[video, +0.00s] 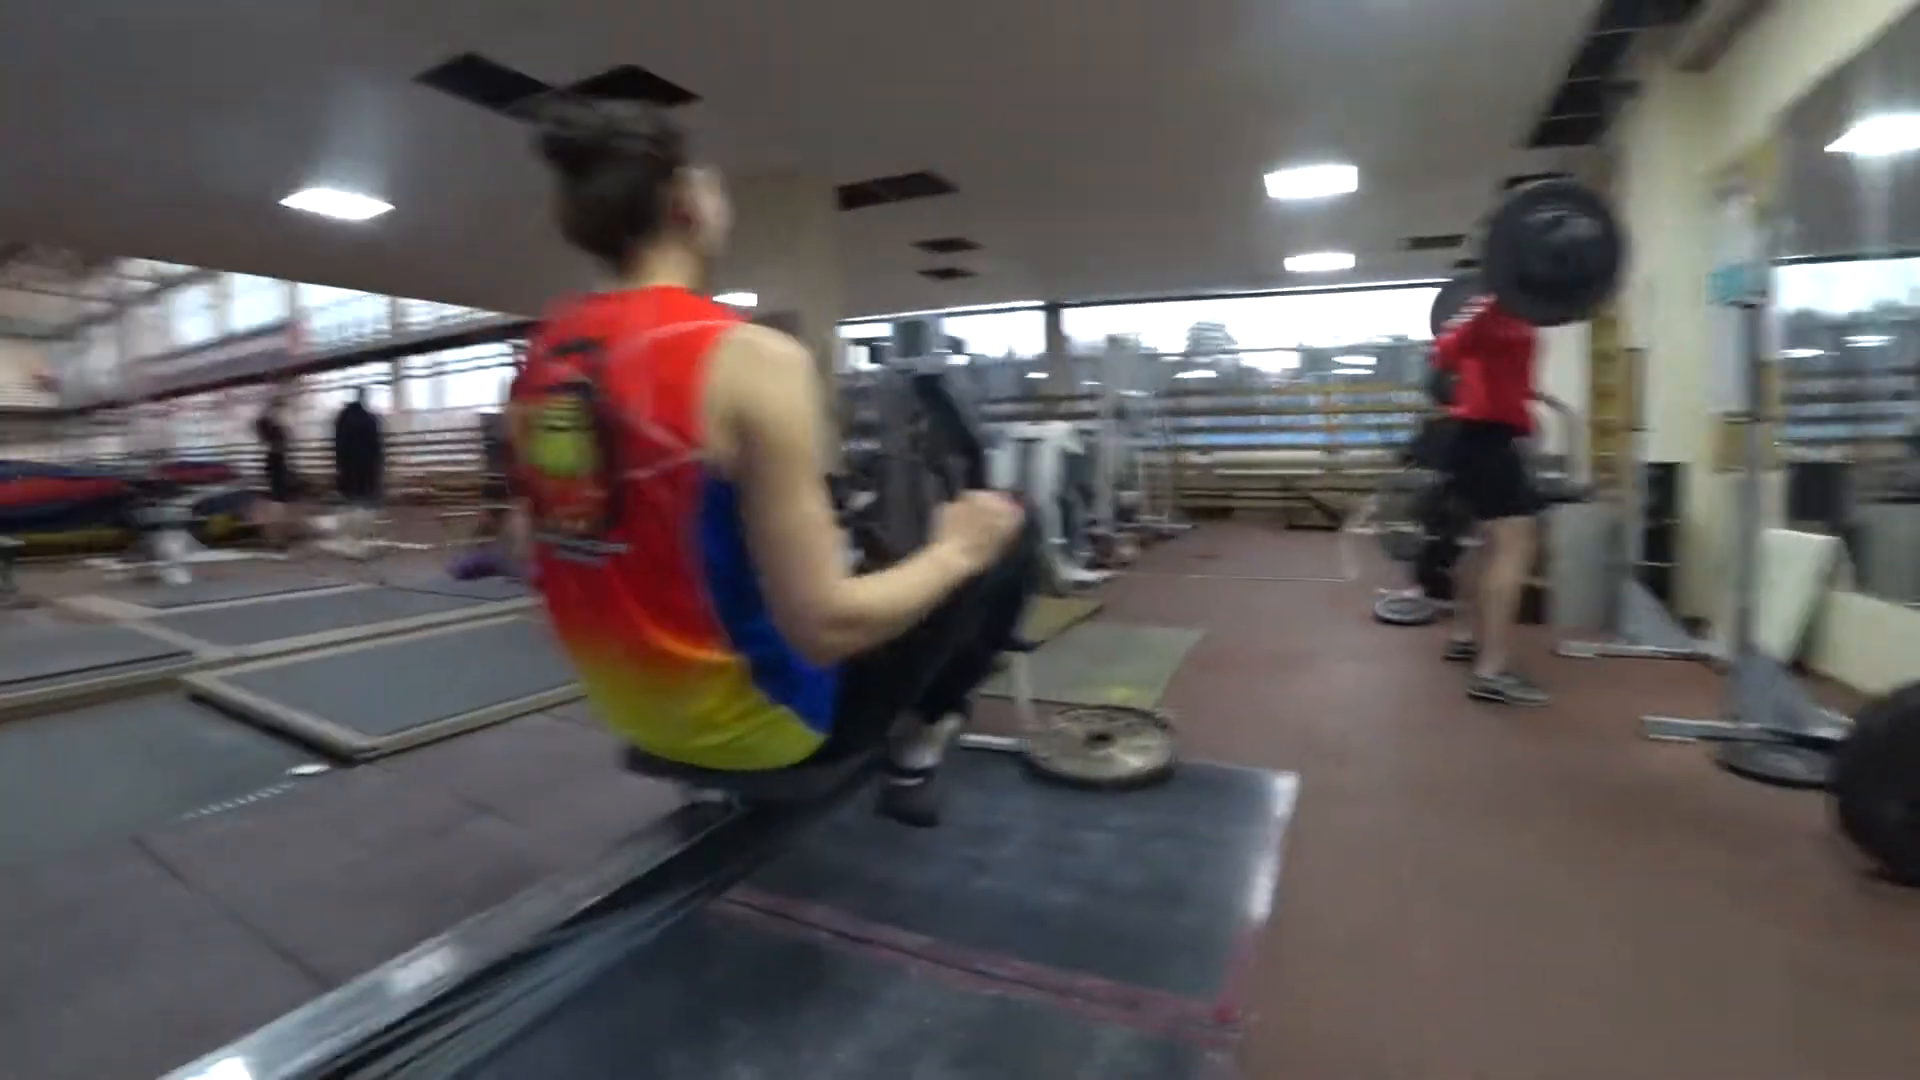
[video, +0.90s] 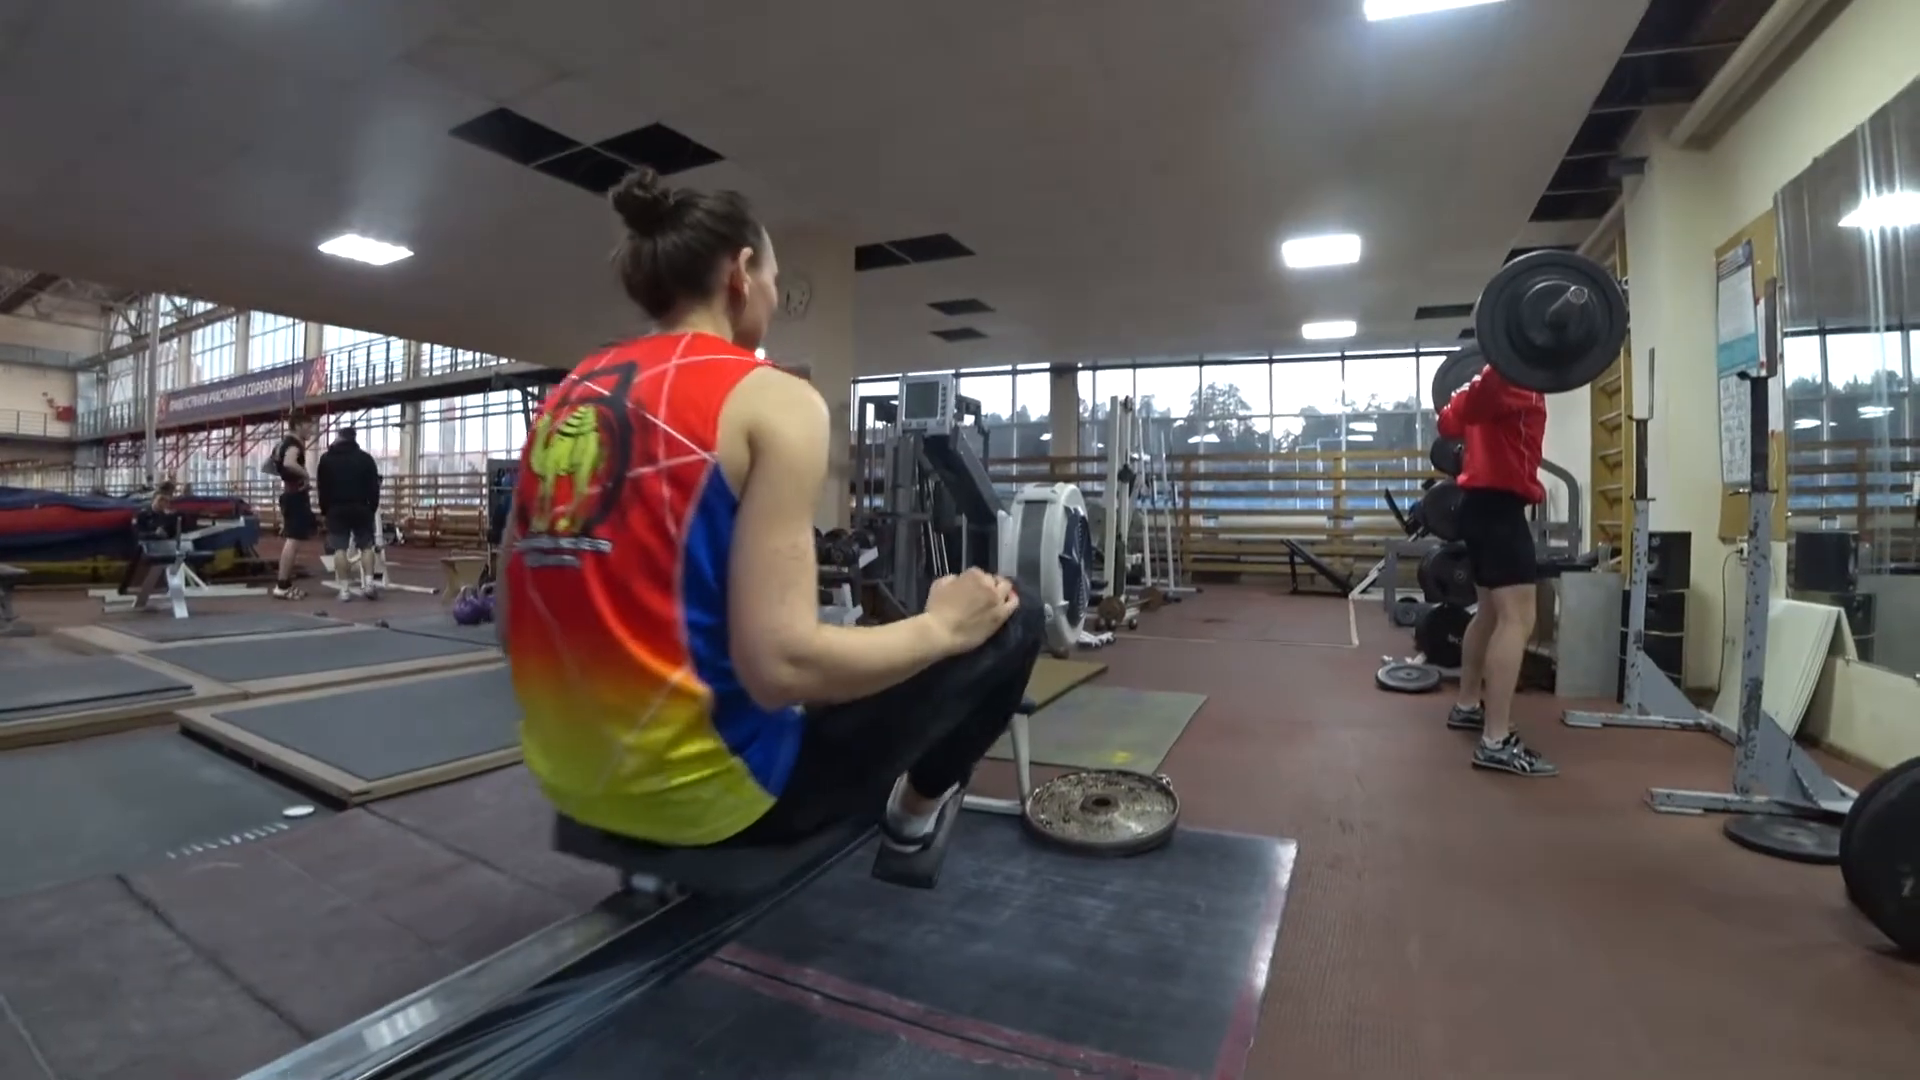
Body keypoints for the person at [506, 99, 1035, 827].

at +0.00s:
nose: (721, 201)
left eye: (714, 182)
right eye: (714, 183)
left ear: (587, 223)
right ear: (687, 203)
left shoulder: (549, 354)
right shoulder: (755, 363)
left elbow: (536, 548)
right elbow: (821, 625)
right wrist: (953, 553)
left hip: (643, 725)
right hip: (770, 738)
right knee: (1003, 535)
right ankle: (914, 754)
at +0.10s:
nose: (767, 224)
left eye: (764, 202)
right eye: (763, 201)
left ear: (635, 227)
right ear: (739, 207)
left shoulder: (589, 362)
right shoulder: (794, 367)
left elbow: (577, 527)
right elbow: (850, 627)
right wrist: (983, 559)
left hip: (672, 715)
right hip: (797, 732)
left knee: (872, 530)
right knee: (1050, 534)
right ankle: (936, 747)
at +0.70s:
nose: (789, 300)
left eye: (791, 282)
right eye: (788, 280)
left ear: (666, 285)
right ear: (757, 272)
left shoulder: (597, 397)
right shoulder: (800, 405)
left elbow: (555, 593)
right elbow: (821, 657)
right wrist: (958, 600)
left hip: (635, 765)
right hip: (770, 780)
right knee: (1023, 584)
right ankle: (919, 802)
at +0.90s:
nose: (777, 303)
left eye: (778, 284)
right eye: (775, 281)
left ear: (652, 282)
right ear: (741, 271)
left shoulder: (576, 387)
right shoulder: (773, 401)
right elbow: (779, 664)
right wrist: (938, 630)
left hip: (577, 791)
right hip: (717, 808)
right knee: (1007, 622)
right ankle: (913, 820)